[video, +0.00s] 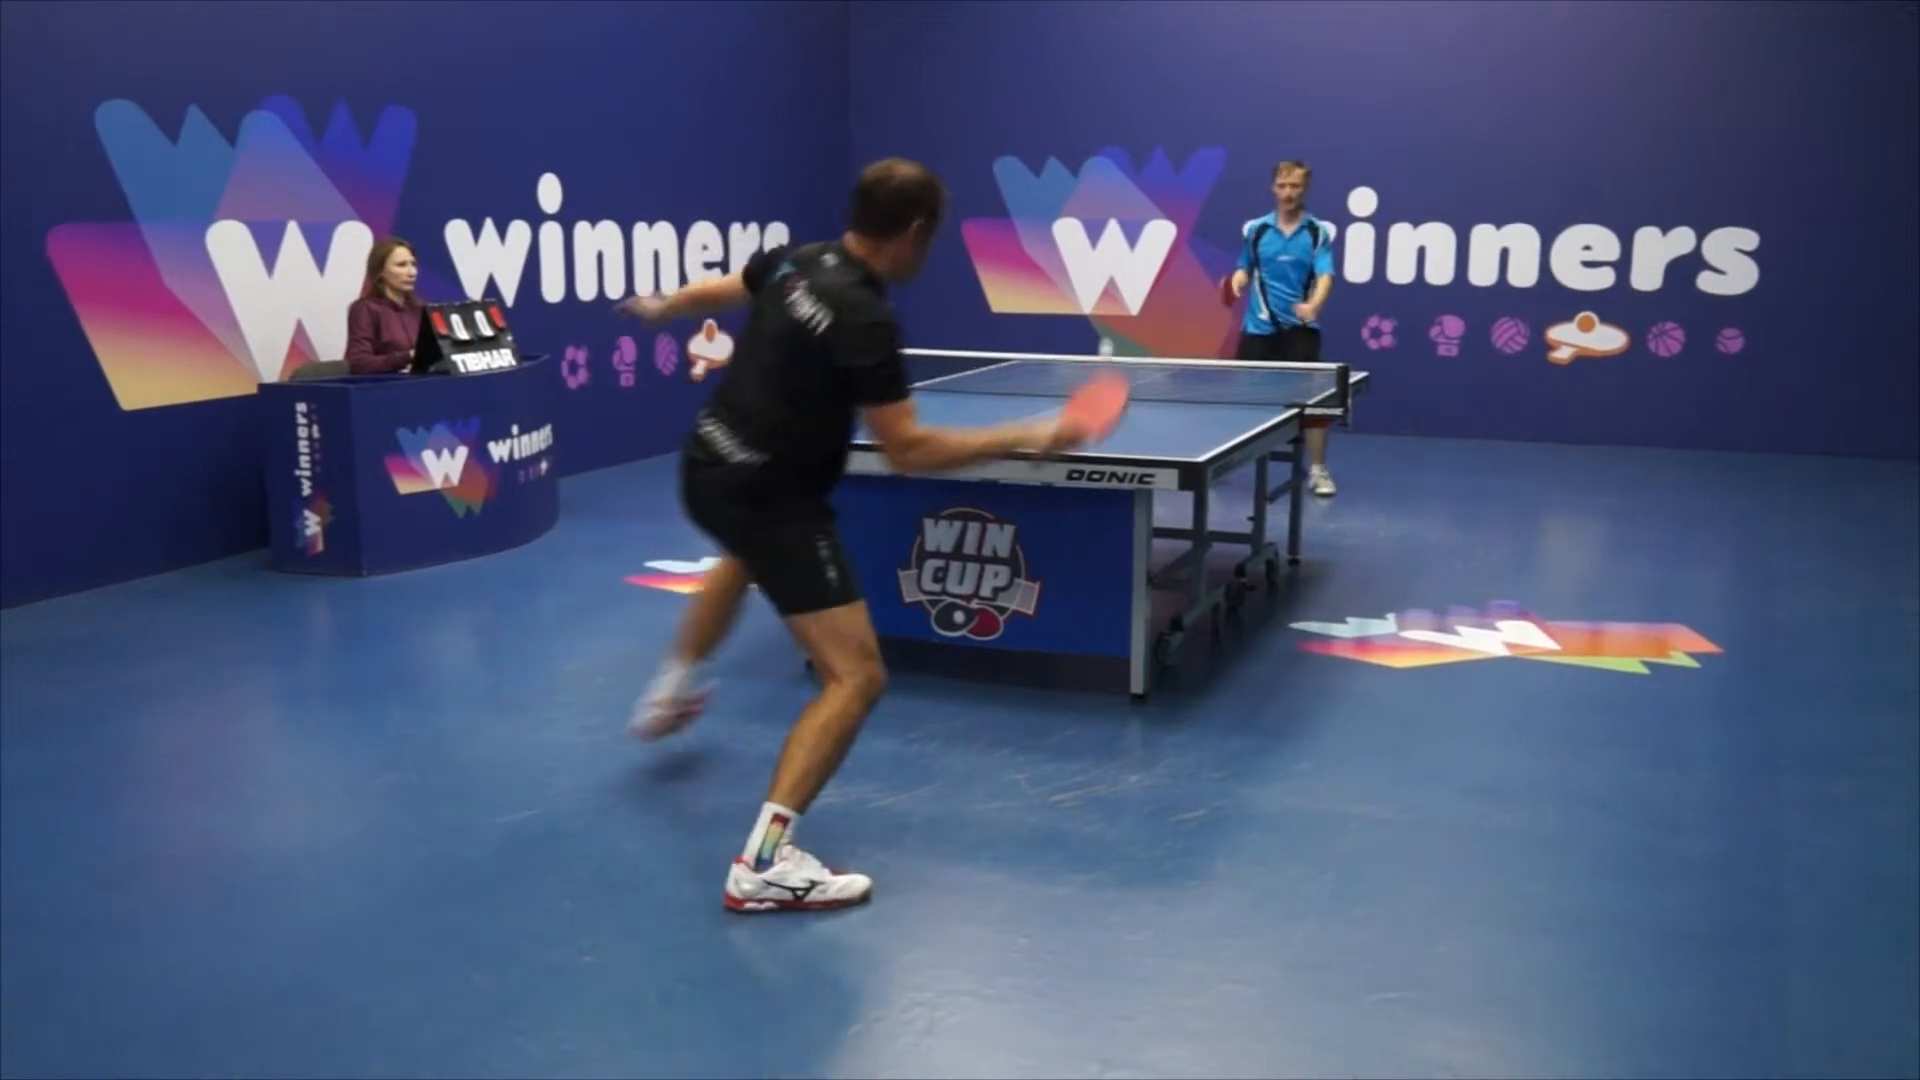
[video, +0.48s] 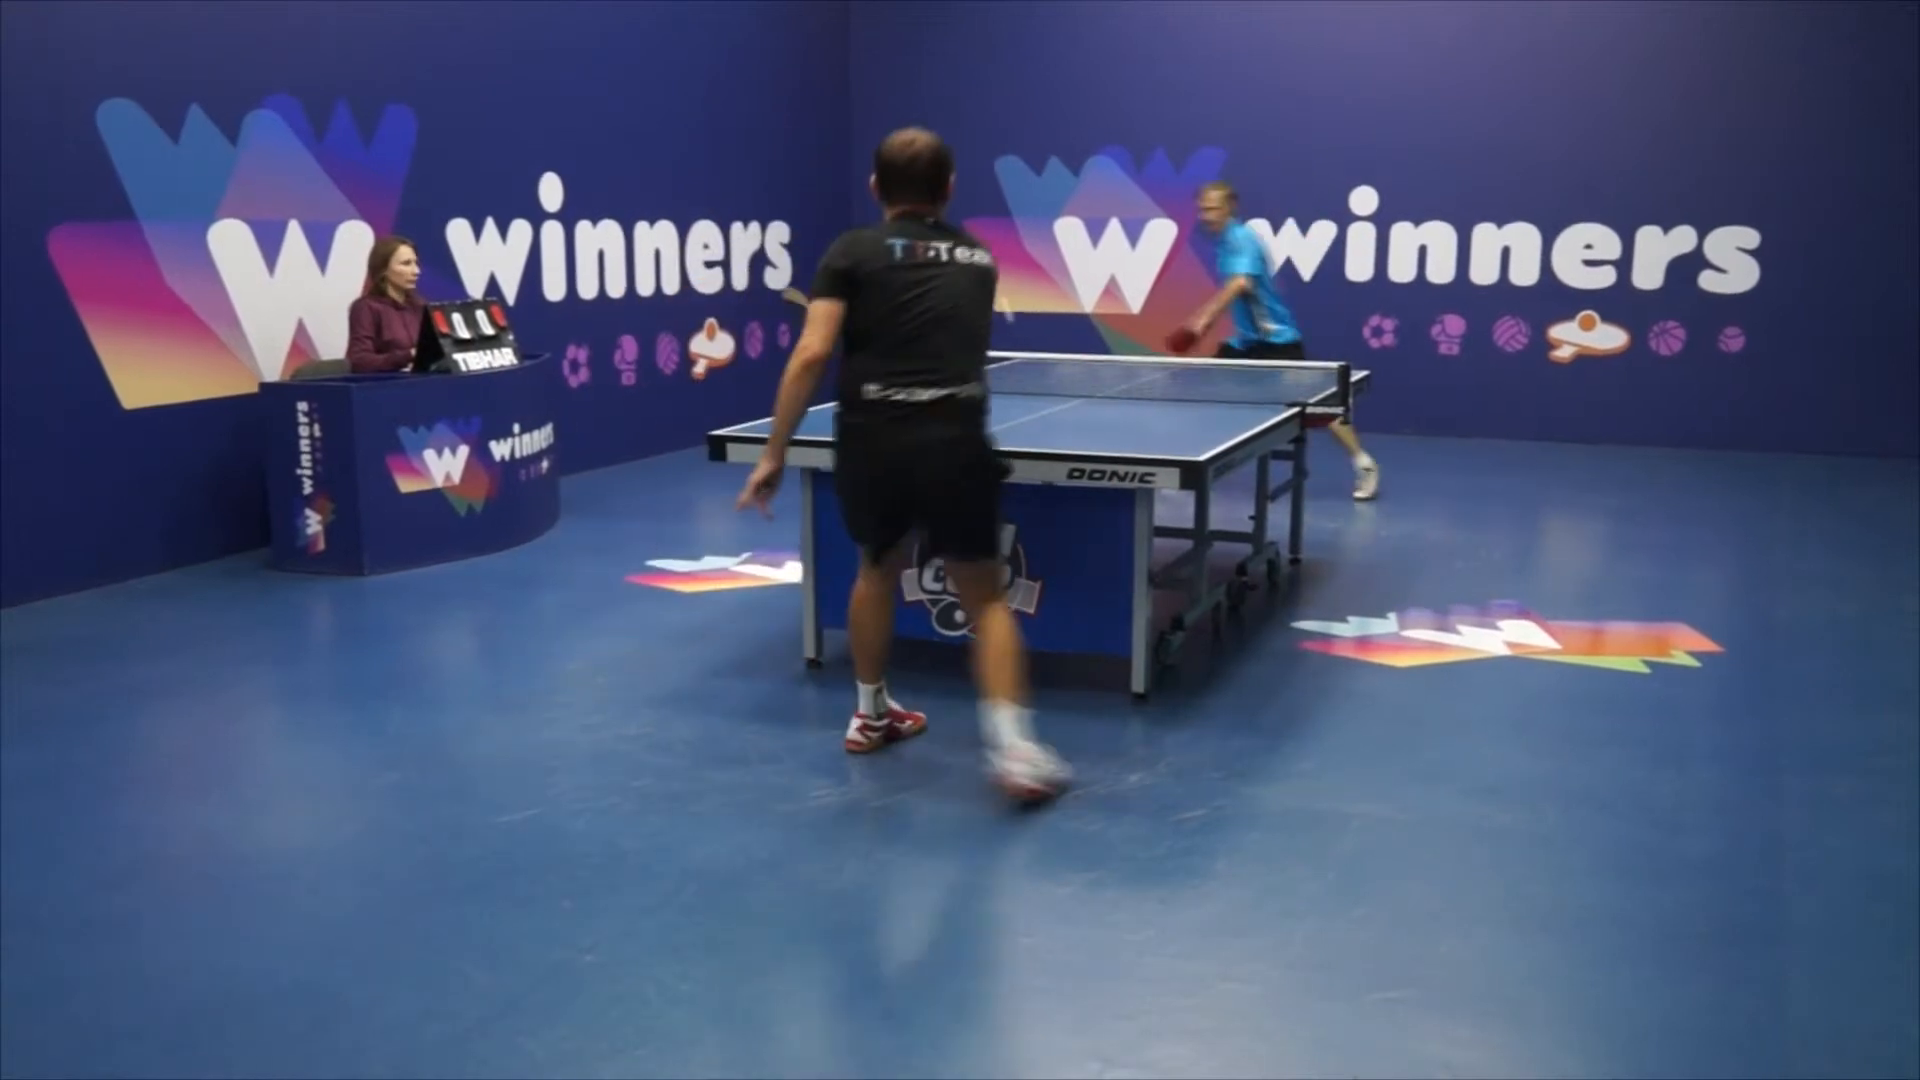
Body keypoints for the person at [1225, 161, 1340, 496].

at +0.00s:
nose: (1288, 192)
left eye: (1295, 186)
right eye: (1283, 185)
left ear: (1305, 190)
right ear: (1273, 188)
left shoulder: (1319, 232)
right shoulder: (1255, 229)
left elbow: (1325, 275)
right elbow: (1245, 268)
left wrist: (1314, 304)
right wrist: (1236, 283)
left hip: (1300, 329)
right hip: (1258, 329)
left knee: (1314, 397)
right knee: (1245, 393)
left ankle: (1317, 467)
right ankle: (1225, 462)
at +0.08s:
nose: (1288, 191)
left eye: (1295, 185)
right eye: (1282, 184)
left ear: (1305, 189)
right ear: (1274, 187)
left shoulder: (1319, 231)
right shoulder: (1257, 229)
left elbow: (1325, 275)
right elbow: (1244, 271)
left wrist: (1304, 297)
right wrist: (1231, 282)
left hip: (1304, 330)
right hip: (1262, 329)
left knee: (1315, 397)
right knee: (1246, 393)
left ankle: (1318, 467)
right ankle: (1231, 463)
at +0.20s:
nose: (1279, 188)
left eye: (1286, 183)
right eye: (1273, 182)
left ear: (1297, 187)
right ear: (1265, 185)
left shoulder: (1314, 226)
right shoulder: (1253, 226)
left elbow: (1324, 272)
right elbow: (1236, 261)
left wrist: (1300, 294)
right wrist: (1227, 272)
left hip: (1307, 328)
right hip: (1264, 327)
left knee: (1323, 395)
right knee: (1242, 389)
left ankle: (1329, 464)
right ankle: (1229, 458)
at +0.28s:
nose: (1271, 197)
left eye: (1278, 191)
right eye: (1267, 191)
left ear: (1288, 192)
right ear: (1258, 191)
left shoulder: (1305, 229)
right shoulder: (1250, 232)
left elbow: (1321, 275)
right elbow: (1240, 281)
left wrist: (1286, 302)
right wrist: (1225, 292)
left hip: (1305, 330)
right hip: (1264, 331)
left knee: (1330, 401)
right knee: (1237, 391)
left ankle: (1357, 467)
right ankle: (1215, 463)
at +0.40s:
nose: (1241, 217)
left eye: (1248, 210)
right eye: (1236, 210)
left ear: (1262, 210)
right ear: (1231, 213)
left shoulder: (1276, 241)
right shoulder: (1242, 249)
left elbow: (1277, 290)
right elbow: (1249, 296)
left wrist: (1230, 314)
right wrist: (1222, 328)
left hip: (1298, 341)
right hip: (1260, 339)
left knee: (1330, 408)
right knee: (1224, 394)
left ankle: (1366, 468)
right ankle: (1205, 465)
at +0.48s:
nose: (1208, 216)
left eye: (1214, 209)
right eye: (1204, 210)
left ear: (1231, 209)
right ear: (1200, 212)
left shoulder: (1241, 237)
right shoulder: (1223, 241)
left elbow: (1240, 282)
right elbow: (1238, 285)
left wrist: (1202, 319)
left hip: (1280, 342)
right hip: (1246, 340)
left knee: (1318, 404)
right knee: (1204, 391)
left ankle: (1363, 462)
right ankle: (1193, 461)